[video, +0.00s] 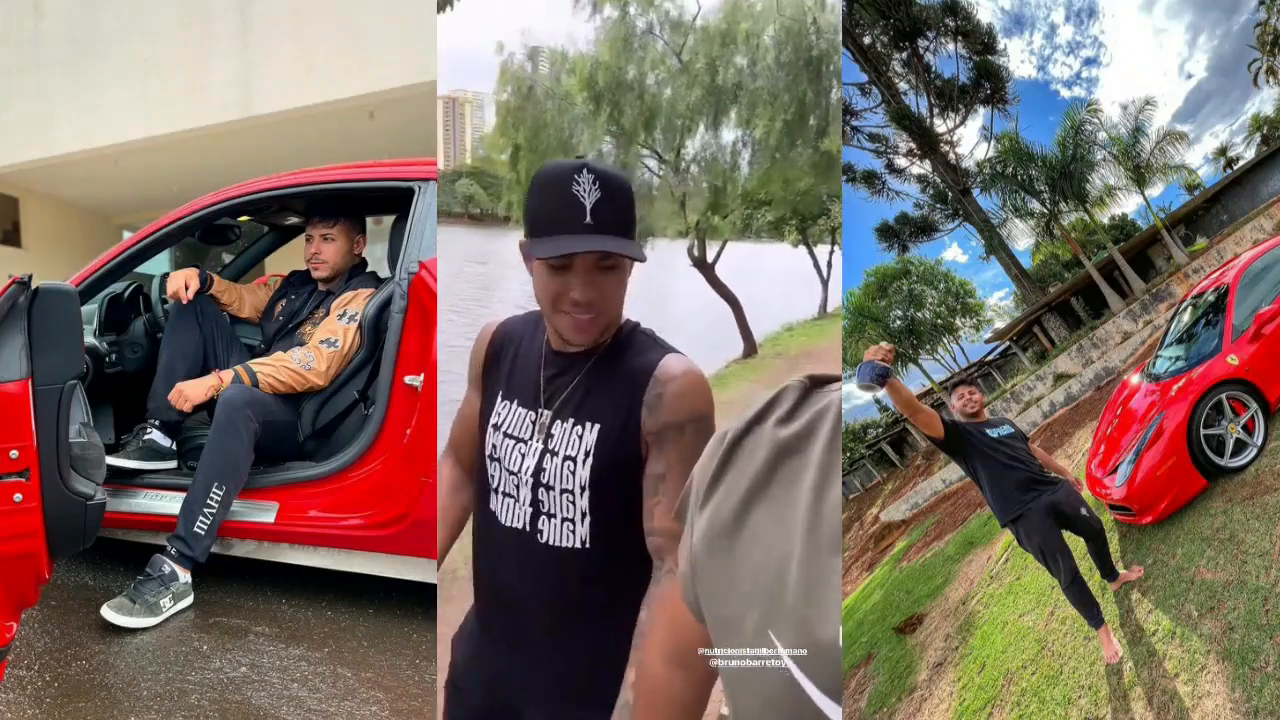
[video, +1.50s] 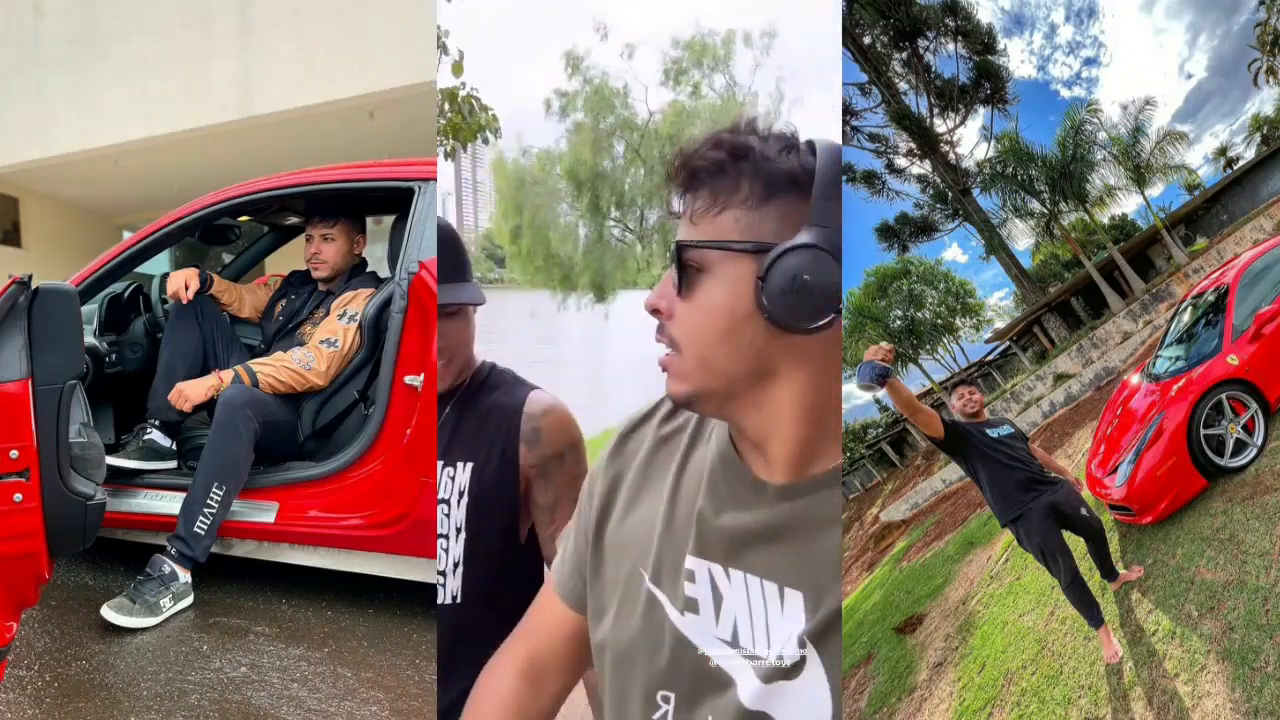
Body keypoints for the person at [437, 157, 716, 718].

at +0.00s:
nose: (580, 292)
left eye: (605, 265)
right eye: (558, 265)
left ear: (632, 263)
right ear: (528, 260)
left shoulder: (669, 389)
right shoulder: (499, 348)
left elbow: (674, 560)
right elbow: (459, 469)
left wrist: (645, 703)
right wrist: (400, 569)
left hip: (591, 684)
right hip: (486, 660)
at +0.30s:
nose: (629, 285)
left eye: (651, 260)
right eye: (606, 258)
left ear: (671, 264)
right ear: (568, 259)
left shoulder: (712, 393)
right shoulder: (519, 359)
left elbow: (733, 558)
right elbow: (463, 487)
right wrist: (467, 606)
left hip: (640, 694)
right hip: (522, 678)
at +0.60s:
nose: (636, 284)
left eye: (660, 257)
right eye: (612, 256)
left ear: (679, 261)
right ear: (573, 258)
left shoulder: (720, 402)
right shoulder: (525, 361)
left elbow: (728, 582)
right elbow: (470, 496)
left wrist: (587, 684)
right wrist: (475, 601)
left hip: (656, 700)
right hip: (535, 683)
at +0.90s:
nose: (599, 290)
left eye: (620, 264)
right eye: (577, 267)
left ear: (652, 258)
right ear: (552, 264)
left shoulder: (697, 382)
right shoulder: (526, 339)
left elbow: (704, 568)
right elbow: (474, 455)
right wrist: (465, 521)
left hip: (617, 690)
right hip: (507, 664)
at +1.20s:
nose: (538, 304)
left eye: (558, 277)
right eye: (514, 280)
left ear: (588, 273)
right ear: (489, 281)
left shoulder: (633, 400)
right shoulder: (463, 364)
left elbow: (634, 580)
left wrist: (581, 709)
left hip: (564, 697)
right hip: (464, 684)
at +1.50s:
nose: (431, 336)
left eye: (448, 313)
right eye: (417, 314)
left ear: (474, 310)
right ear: (393, 319)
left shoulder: (532, 424)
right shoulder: (377, 415)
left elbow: (581, 607)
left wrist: (607, 707)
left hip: (481, 699)